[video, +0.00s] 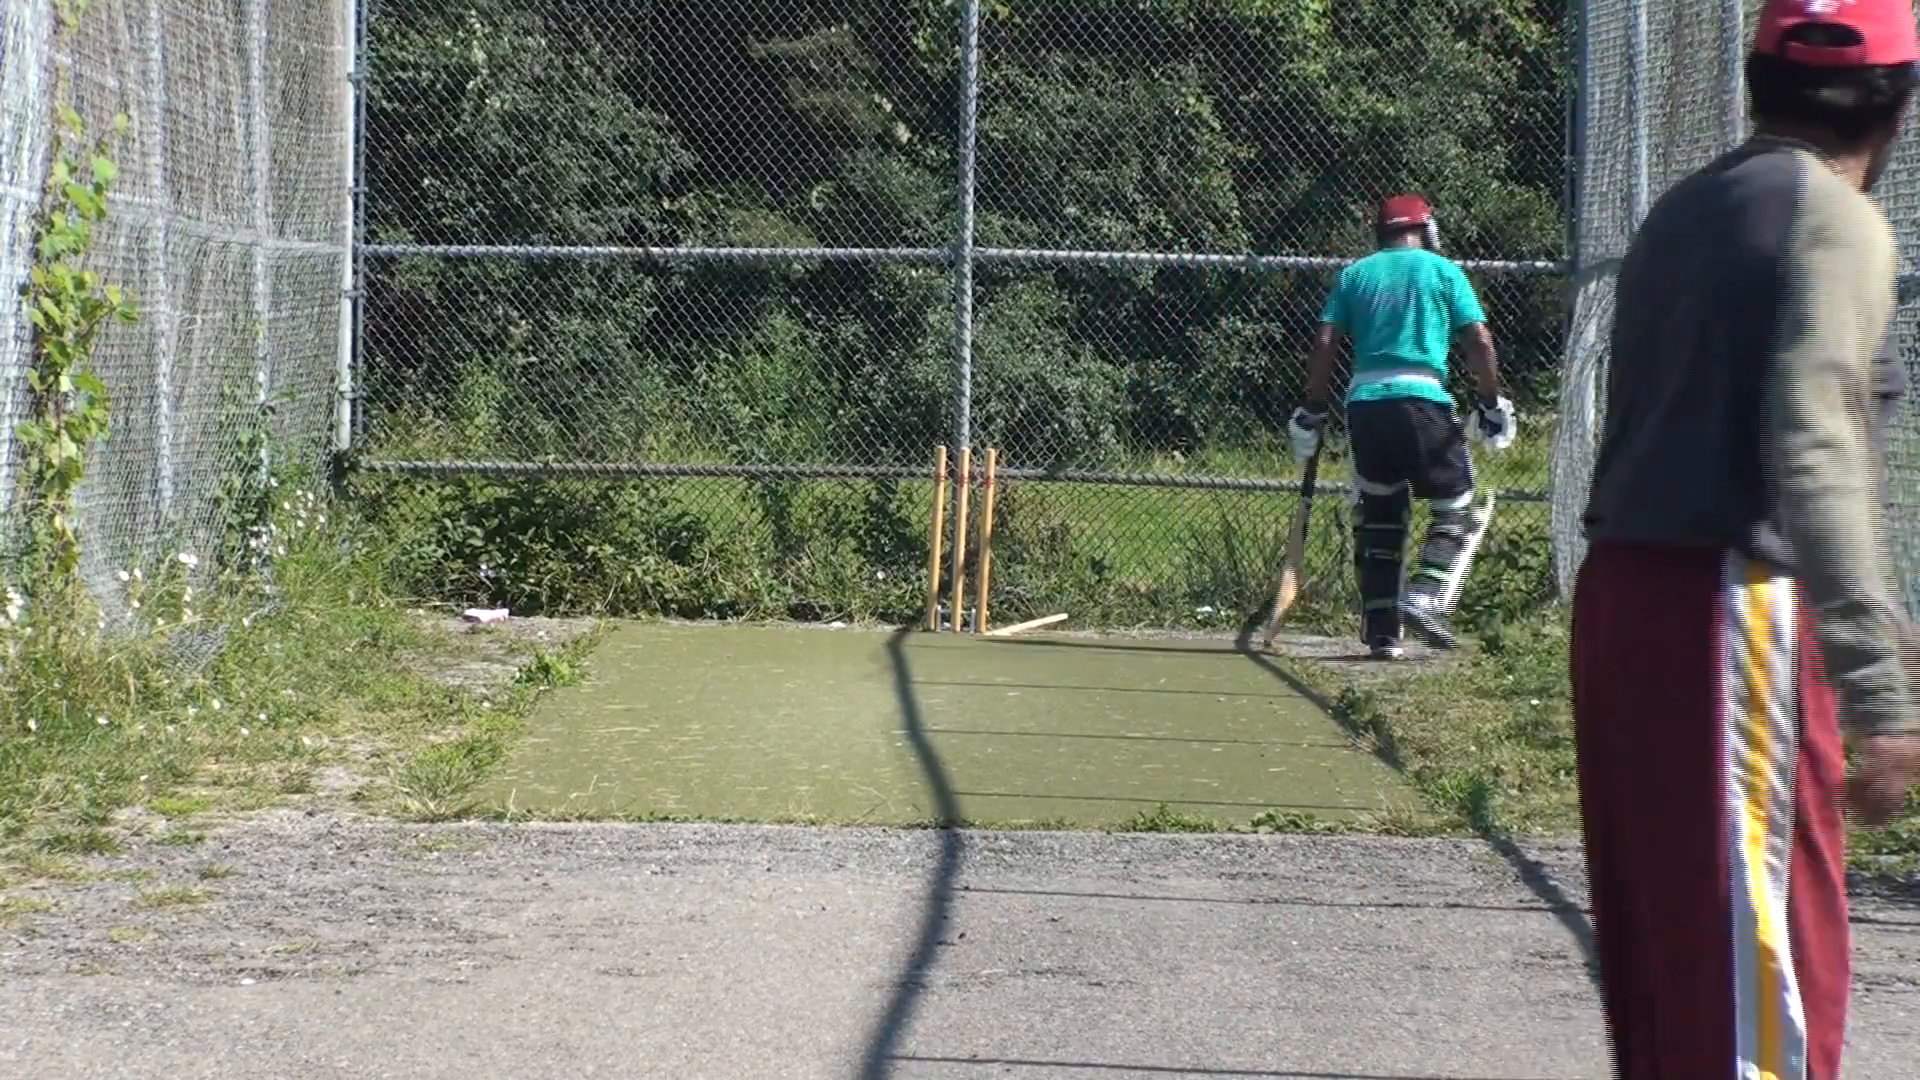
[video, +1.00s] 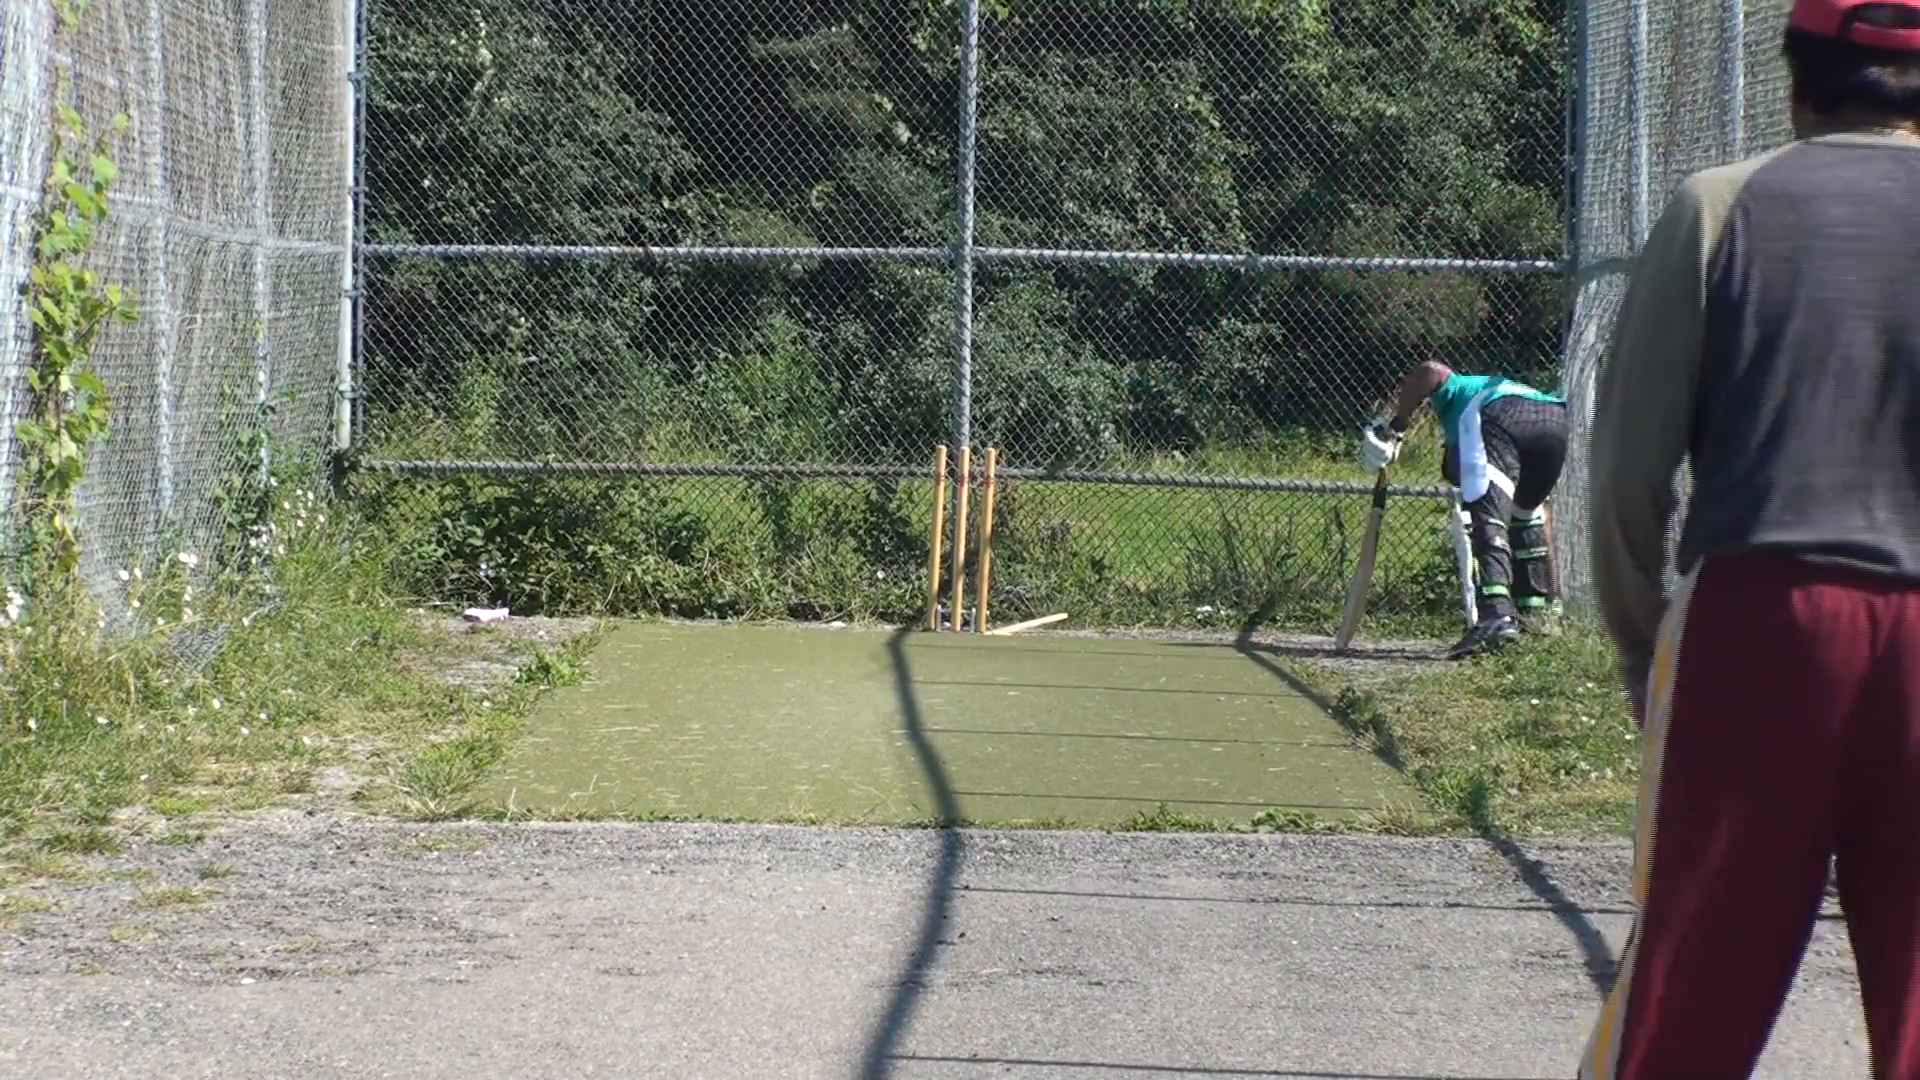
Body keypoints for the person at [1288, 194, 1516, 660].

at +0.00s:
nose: (1433, 238)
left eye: (1429, 233)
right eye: (1431, 232)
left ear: (1381, 235)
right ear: (1426, 233)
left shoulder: (1353, 274)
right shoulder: (1445, 271)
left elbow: (1325, 343)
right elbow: (1480, 340)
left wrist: (1311, 412)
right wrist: (1492, 404)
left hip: (1366, 411)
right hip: (1422, 407)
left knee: (1380, 512)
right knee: (1456, 507)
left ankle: (1381, 633)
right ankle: (1427, 597)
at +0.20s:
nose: (1446, 253)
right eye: (1450, 247)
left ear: (1407, 248)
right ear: (1452, 248)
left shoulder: (1384, 276)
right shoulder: (1477, 284)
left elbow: (1352, 338)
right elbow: (1504, 357)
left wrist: (1333, 404)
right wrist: (1507, 422)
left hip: (1401, 413)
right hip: (1464, 412)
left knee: (1393, 517)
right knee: (1485, 515)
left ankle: (1384, 631)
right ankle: (1518, 617)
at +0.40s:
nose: (1425, 294)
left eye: (1427, 287)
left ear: (1433, 286)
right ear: (1476, 290)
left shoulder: (1424, 302)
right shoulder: (1502, 318)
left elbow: (1390, 348)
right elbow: (1527, 371)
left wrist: (1362, 415)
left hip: (1454, 417)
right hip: (1512, 418)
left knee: (1411, 521)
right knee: (1500, 516)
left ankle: (1390, 630)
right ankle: (1528, 617)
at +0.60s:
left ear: (1446, 332)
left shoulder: (1443, 331)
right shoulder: (1503, 342)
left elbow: (1413, 354)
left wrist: (1381, 415)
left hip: (1483, 385)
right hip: (1529, 386)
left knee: (1441, 508)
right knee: (1509, 502)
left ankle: (1444, 617)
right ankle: (1523, 611)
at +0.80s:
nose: (1454, 442)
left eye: (1454, 435)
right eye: (1453, 436)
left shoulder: (1451, 367)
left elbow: (1422, 364)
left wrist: (1391, 422)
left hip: (1501, 408)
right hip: (1545, 411)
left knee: (1484, 519)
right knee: (1521, 519)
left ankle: (1488, 621)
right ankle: (1529, 610)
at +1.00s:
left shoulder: (1456, 393)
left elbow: (1431, 370)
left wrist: (1395, 425)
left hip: (1500, 413)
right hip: (1558, 418)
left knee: (1490, 517)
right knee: (1527, 513)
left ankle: (1497, 616)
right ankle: (1537, 609)